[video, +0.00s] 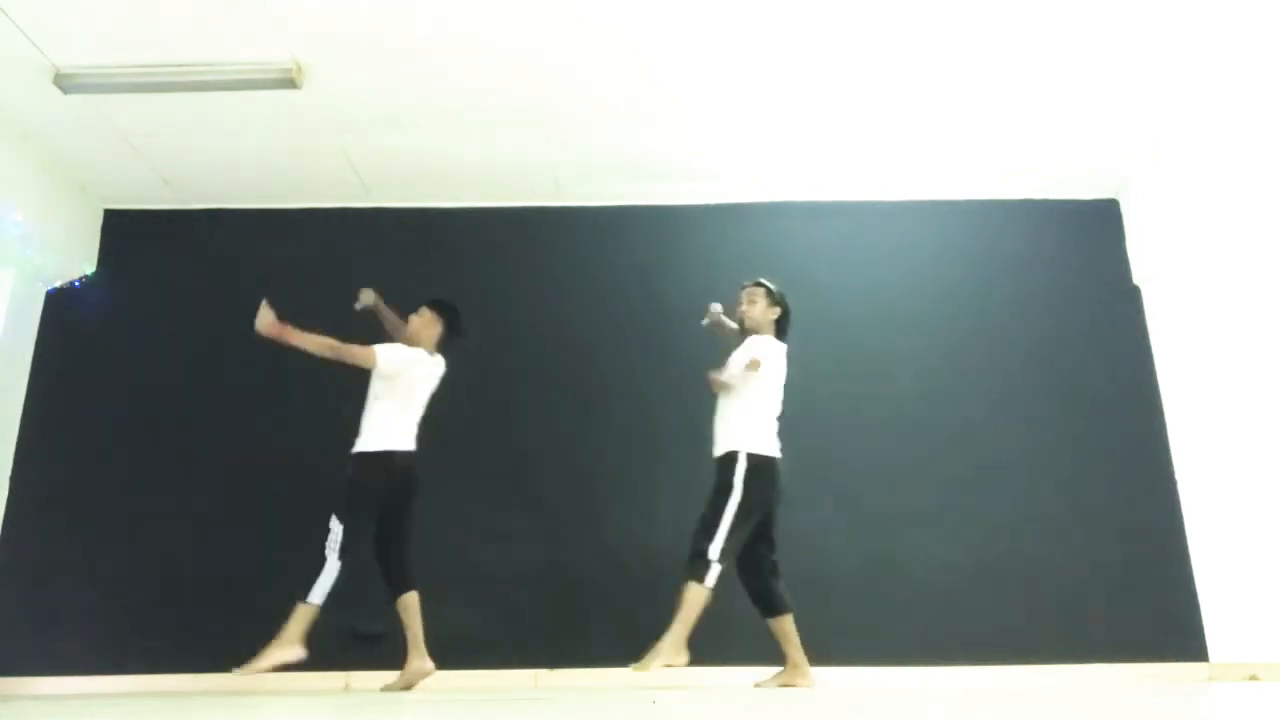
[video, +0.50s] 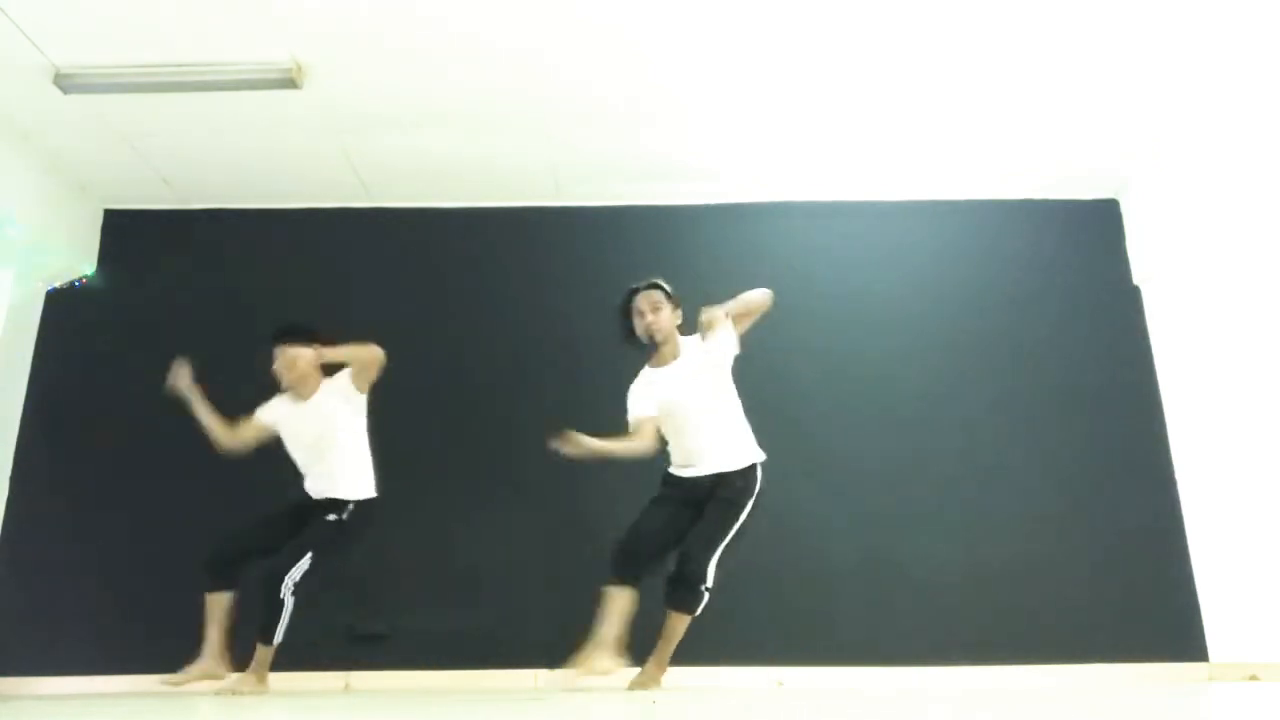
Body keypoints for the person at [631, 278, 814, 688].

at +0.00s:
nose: (742, 308)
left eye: (751, 301)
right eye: (741, 302)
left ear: (773, 312)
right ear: (743, 312)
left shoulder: (764, 346)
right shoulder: (756, 346)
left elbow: (744, 376)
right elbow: (739, 334)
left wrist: (721, 379)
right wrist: (719, 321)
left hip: (747, 461)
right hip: (751, 462)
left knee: (709, 551)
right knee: (757, 565)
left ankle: (673, 645)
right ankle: (797, 666)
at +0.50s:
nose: (649, 318)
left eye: (656, 308)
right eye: (640, 315)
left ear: (676, 313)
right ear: (635, 328)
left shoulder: (713, 344)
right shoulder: (644, 386)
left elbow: (764, 297)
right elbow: (646, 442)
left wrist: (725, 311)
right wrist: (591, 446)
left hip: (736, 473)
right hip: (684, 478)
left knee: (693, 564)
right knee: (630, 553)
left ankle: (657, 665)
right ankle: (605, 650)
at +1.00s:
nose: (803, 257)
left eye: (808, 251)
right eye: (794, 246)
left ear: (810, 261)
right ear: (767, 252)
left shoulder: (807, 328)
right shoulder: (729, 299)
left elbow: (841, 392)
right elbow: (661, 294)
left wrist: (894, 417)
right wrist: (632, 314)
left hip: (771, 447)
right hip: (720, 438)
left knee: (781, 555)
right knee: (739, 546)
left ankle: (699, 634)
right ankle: (744, 666)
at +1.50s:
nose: (927, 238)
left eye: (924, 232)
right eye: (914, 233)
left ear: (924, 249)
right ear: (888, 253)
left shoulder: (956, 305)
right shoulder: (877, 303)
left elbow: (1018, 332)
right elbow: (840, 309)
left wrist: (1081, 311)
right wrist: (810, 260)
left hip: (990, 445)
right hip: (930, 449)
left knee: (1066, 535)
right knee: (892, 565)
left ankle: (1060, 664)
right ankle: (822, 669)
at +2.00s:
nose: (925, 215)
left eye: (927, 205)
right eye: (910, 215)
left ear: (944, 211)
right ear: (899, 242)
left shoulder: (988, 230)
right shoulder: (912, 298)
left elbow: (1045, 186)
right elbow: (910, 353)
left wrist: (1027, 239)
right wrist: (935, 388)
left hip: (1053, 389)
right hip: (993, 412)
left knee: (1078, 521)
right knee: (1032, 530)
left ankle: (1101, 645)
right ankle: (1074, 646)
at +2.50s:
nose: (893, 212)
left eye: (905, 207)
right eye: (885, 208)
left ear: (927, 227)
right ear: (874, 228)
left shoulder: (943, 273)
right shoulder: (856, 291)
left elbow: (961, 309)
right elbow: (803, 342)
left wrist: (965, 272)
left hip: (933, 421)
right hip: (861, 425)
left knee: (1003, 531)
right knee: (810, 522)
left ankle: (1046, 633)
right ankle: (794, 660)